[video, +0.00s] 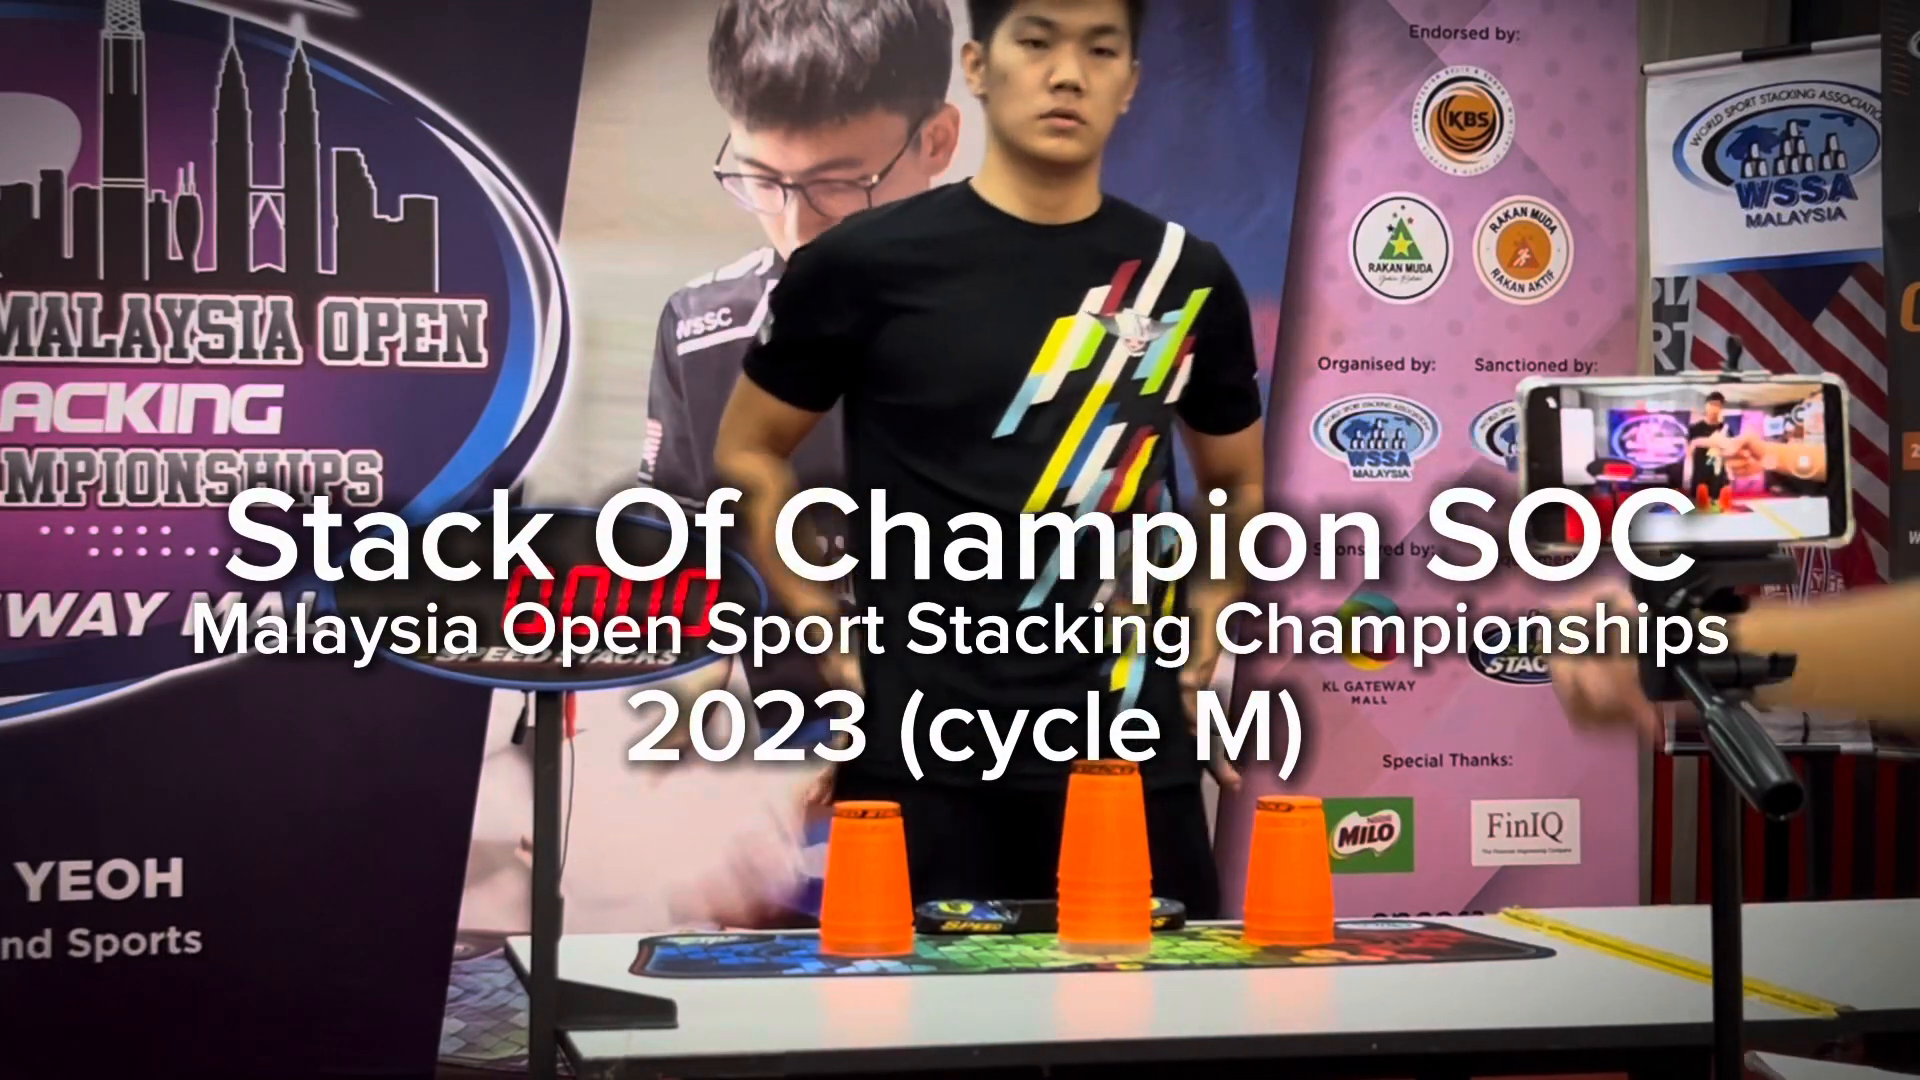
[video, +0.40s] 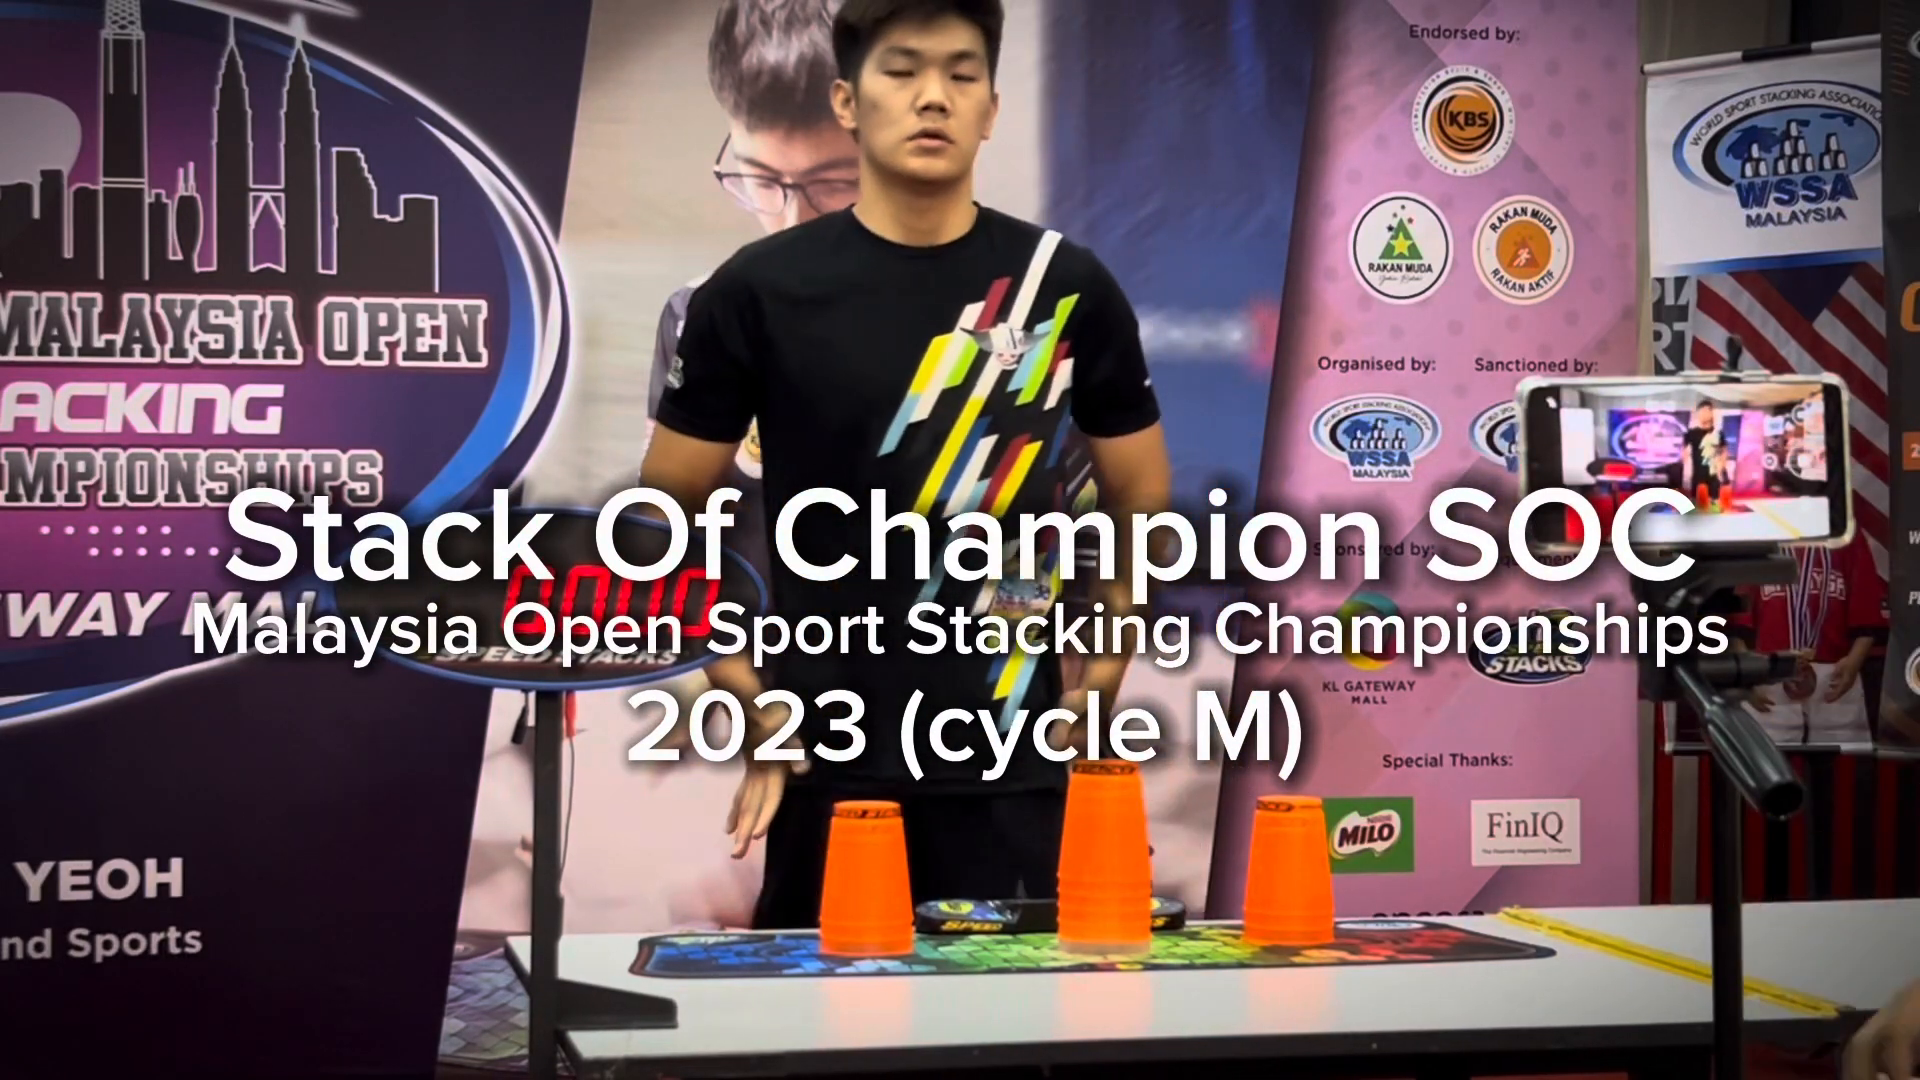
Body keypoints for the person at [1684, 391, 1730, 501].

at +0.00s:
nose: (1714, 410)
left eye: (1717, 406)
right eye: (1711, 405)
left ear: (1721, 409)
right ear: (1705, 407)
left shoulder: (1726, 429)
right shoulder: (1694, 429)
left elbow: (1728, 456)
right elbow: (1689, 458)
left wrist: (1731, 479)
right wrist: (1686, 484)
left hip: (1720, 482)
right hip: (1699, 481)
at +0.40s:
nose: (1706, 414)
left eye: (1708, 410)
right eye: (1703, 411)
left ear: (1712, 413)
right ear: (1697, 414)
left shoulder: (1718, 434)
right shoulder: (1692, 434)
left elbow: (1723, 452)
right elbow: (1685, 453)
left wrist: (1722, 468)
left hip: (1714, 474)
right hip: (1698, 475)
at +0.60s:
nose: (1701, 417)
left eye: (1703, 414)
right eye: (1698, 414)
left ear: (1708, 416)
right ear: (1694, 416)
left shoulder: (1714, 435)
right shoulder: (1689, 435)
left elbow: (1721, 452)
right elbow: (1684, 454)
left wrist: (1717, 467)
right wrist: (1687, 466)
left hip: (1710, 467)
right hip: (1694, 467)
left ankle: (1714, 498)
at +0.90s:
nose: (1701, 420)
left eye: (1703, 417)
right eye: (1698, 417)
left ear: (1708, 418)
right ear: (1694, 418)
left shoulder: (1713, 436)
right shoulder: (1690, 436)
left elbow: (1718, 453)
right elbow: (1686, 454)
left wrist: (1716, 467)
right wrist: (1687, 471)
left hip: (1710, 467)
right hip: (1695, 467)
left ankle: (1714, 498)